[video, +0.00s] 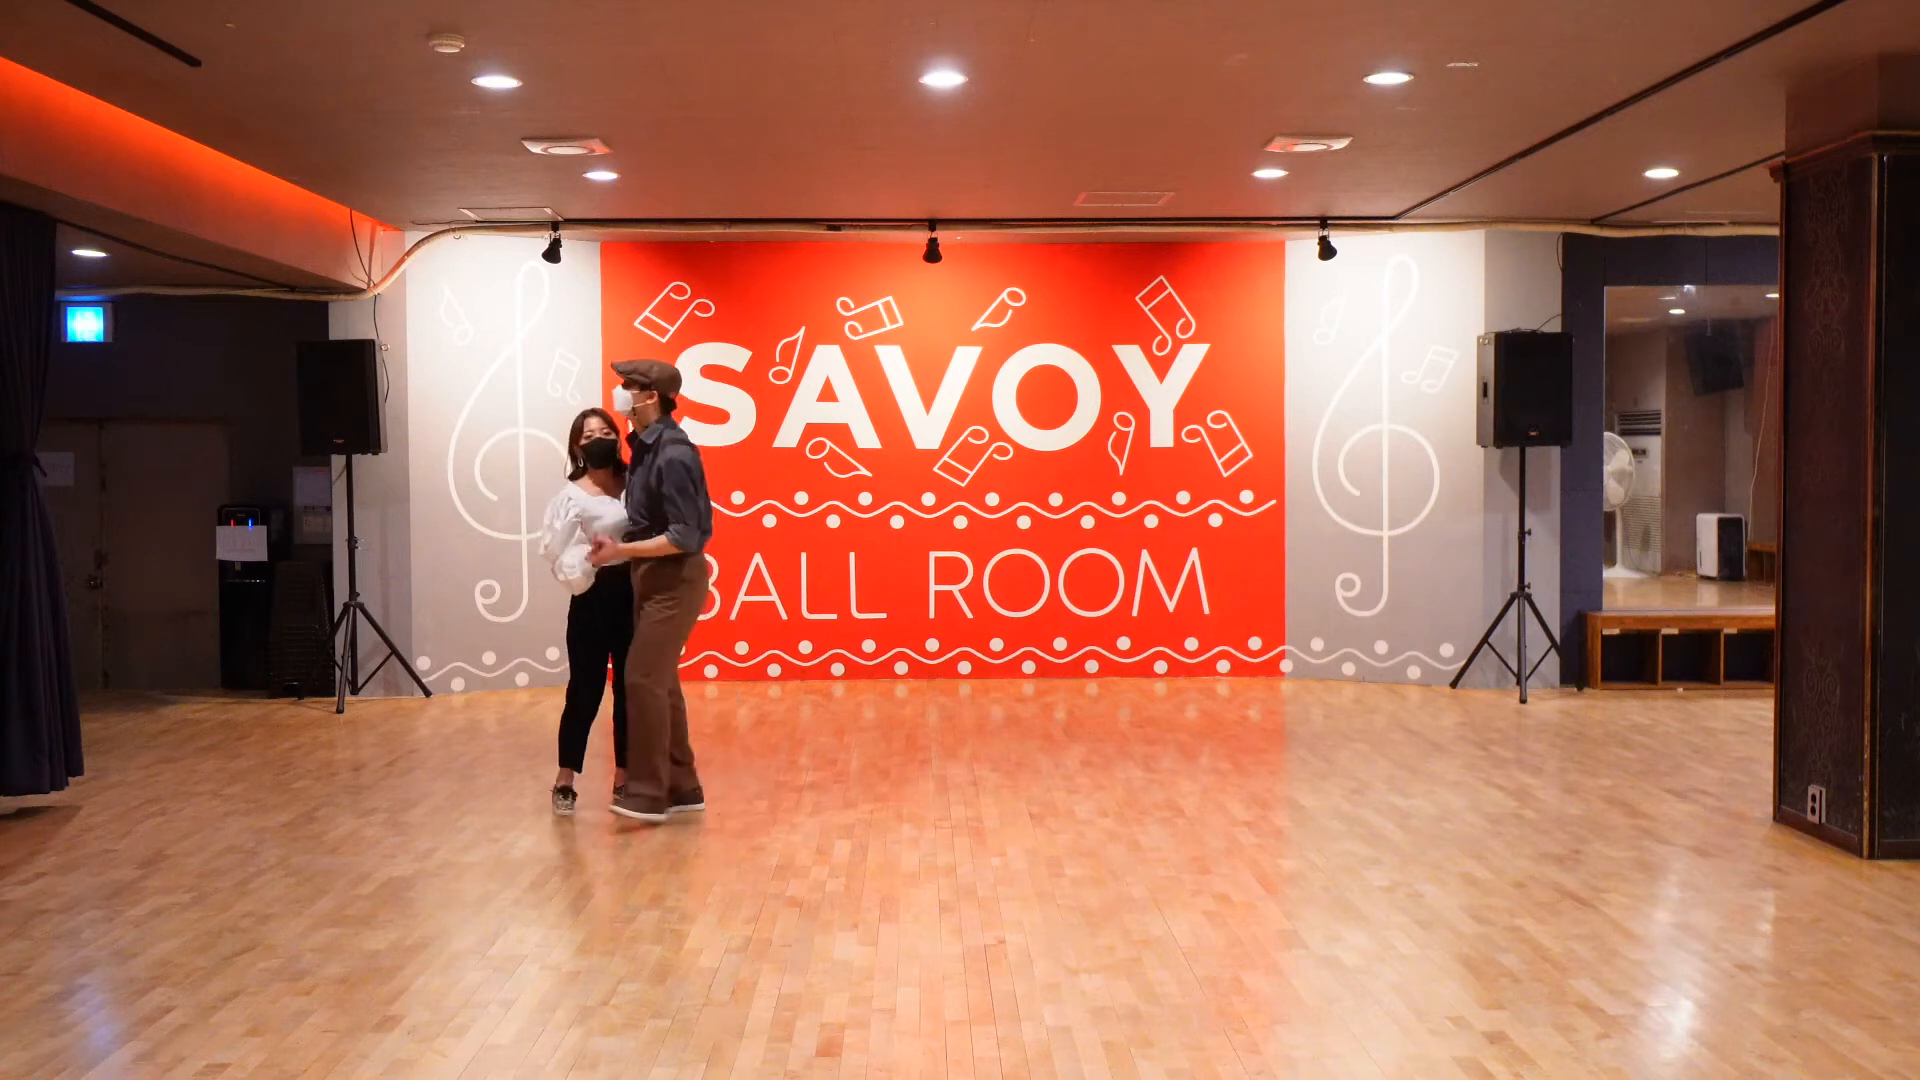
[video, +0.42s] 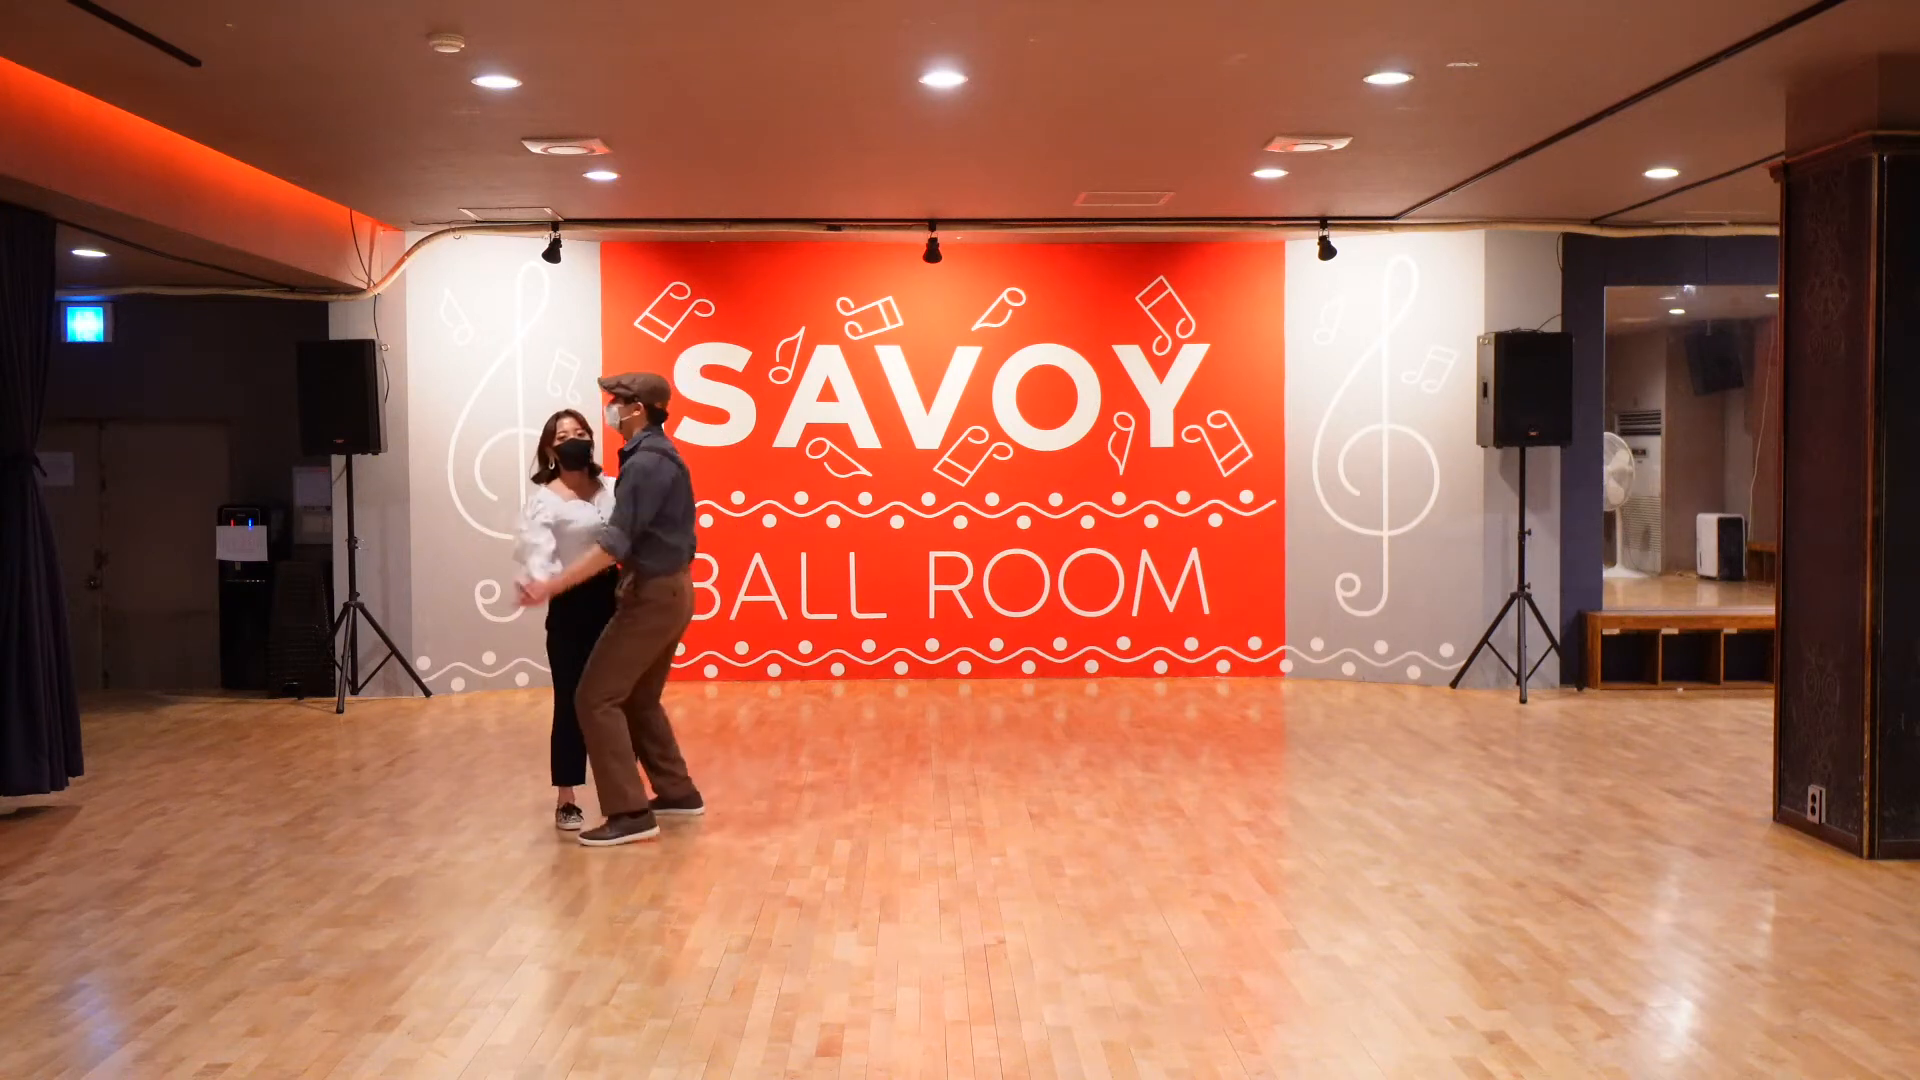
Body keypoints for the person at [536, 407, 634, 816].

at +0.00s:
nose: (598, 436)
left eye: (605, 430)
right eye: (589, 433)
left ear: (617, 438)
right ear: (576, 446)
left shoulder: (635, 487)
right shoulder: (568, 497)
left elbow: (656, 532)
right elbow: (558, 559)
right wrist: (591, 558)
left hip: (632, 593)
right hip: (590, 597)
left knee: (629, 689)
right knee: (584, 691)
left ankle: (625, 777)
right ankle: (566, 779)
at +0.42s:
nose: (574, 438)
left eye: (581, 432)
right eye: (564, 434)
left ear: (592, 441)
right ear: (550, 448)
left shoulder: (613, 489)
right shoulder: (543, 500)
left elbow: (632, 533)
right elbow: (538, 557)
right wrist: (540, 584)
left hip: (613, 599)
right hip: (570, 602)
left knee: (615, 693)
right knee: (569, 699)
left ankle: (624, 790)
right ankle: (566, 797)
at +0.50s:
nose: (570, 440)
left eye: (577, 434)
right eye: (561, 436)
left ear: (589, 444)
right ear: (547, 450)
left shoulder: (605, 491)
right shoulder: (538, 499)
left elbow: (627, 530)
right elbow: (510, 539)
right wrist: (498, 546)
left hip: (606, 596)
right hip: (565, 601)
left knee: (613, 693)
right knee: (566, 699)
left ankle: (625, 790)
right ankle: (566, 798)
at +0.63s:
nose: (571, 438)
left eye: (579, 432)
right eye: (561, 434)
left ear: (591, 441)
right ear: (547, 447)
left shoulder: (608, 491)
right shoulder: (536, 496)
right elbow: (488, 508)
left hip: (604, 595)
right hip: (557, 598)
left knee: (609, 693)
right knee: (561, 699)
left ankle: (623, 791)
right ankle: (565, 799)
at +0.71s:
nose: (573, 435)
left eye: (580, 429)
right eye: (564, 431)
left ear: (592, 437)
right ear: (550, 440)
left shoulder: (606, 484)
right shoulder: (536, 484)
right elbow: (490, 487)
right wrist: (484, 431)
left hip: (602, 589)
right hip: (556, 592)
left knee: (611, 689)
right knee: (558, 696)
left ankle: (622, 787)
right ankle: (563, 797)